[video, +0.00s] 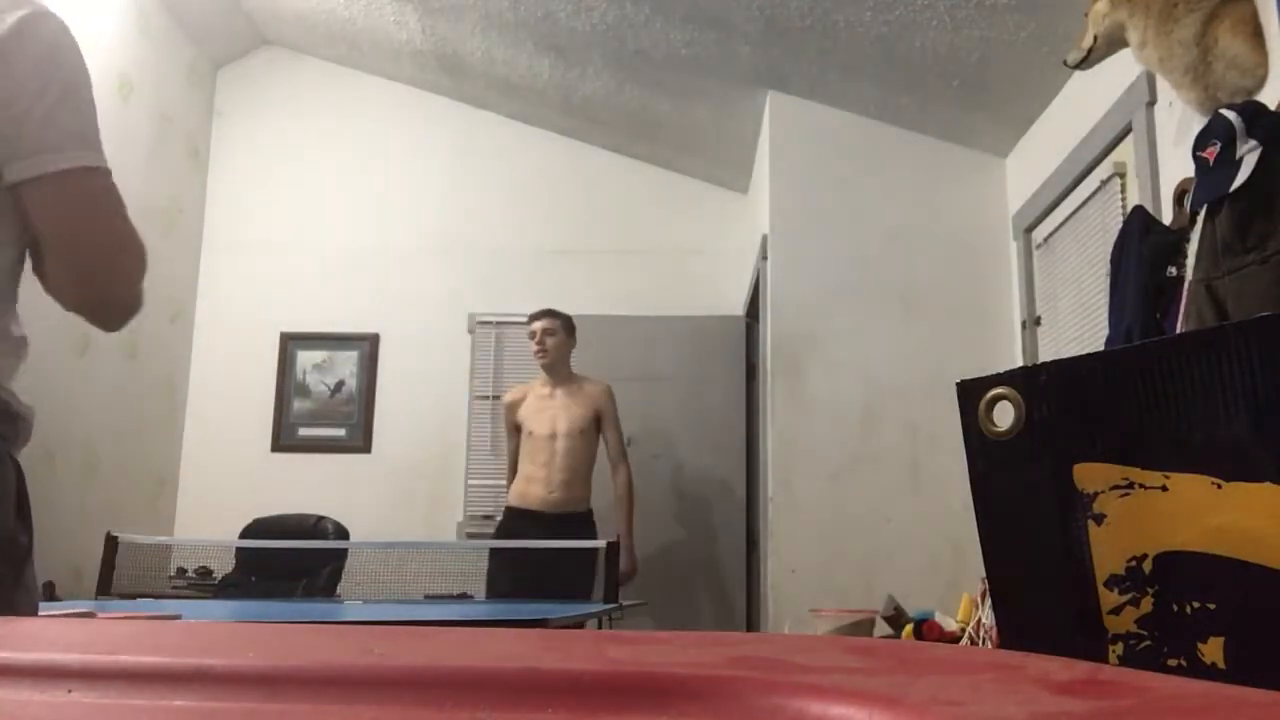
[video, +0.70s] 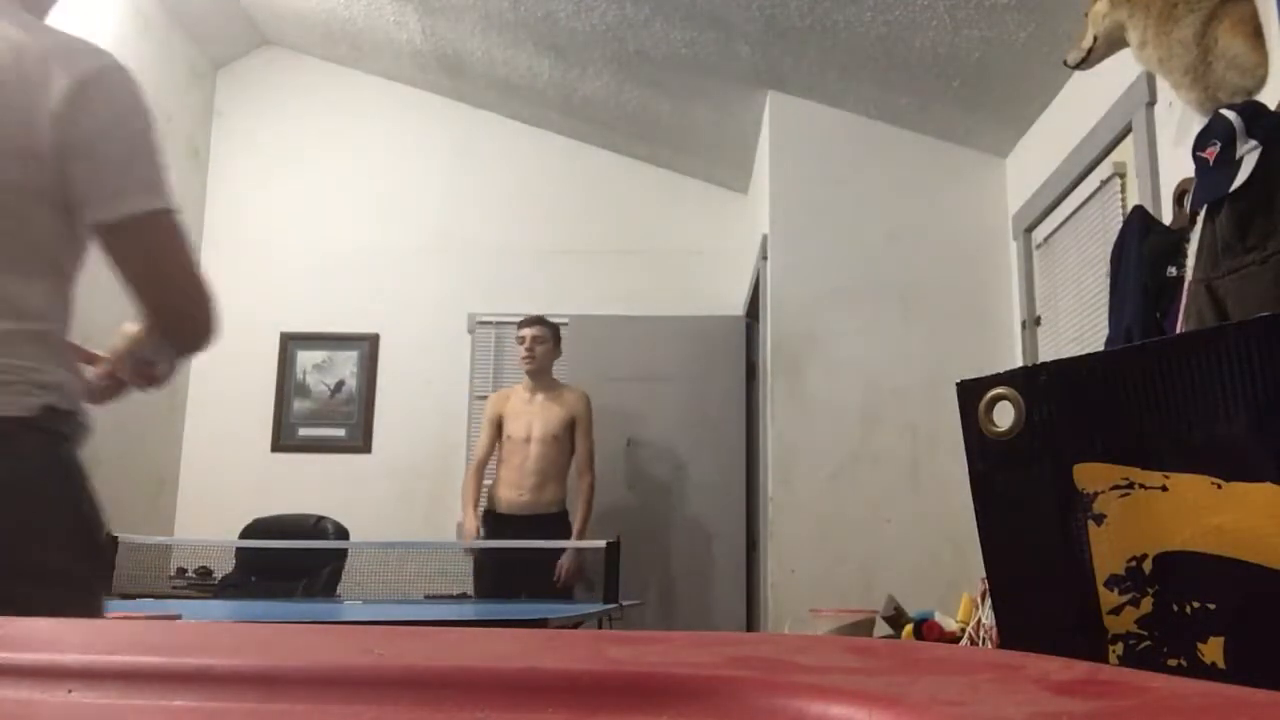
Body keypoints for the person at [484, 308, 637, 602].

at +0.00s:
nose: (539, 342)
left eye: (549, 334)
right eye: (533, 336)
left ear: (571, 342)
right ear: (529, 344)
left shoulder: (597, 395)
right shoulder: (516, 400)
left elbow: (620, 468)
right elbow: (513, 472)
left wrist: (626, 545)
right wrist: (511, 524)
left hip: (573, 528)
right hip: (518, 528)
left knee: (568, 635)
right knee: (505, 633)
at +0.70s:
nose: (527, 348)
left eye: (538, 341)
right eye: (522, 341)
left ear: (556, 351)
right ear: (517, 349)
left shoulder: (574, 402)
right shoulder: (499, 401)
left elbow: (585, 476)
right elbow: (477, 466)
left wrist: (575, 544)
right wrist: (469, 516)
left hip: (549, 525)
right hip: (499, 525)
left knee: (550, 627)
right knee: (491, 623)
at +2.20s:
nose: (506, 392)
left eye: (515, 382)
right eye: (499, 382)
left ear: (534, 371)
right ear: (492, 376)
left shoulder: (559, 415)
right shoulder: (484, 417)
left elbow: (567, 494)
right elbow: (479, 493)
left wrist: (547, 560)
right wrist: (479, 556)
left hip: (547, 531)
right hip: (499, 530)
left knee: (547, 627)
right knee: (499, 629)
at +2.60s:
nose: (510, 417)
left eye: (515, 407)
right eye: (502, 411)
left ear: (532, 390)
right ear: (492, 406)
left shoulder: (566, 425)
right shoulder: (494, 434)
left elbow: (589, 500)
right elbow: (496, 509)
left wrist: (573, 571)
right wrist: (499, 575)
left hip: (574, 536)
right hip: (529, 537)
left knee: (573, 631)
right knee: (523, 631)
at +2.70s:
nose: (516, 445)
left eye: (521, 434)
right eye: (506, 439)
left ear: (536, 417)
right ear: (498, 433)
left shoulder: (570, 442)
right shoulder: (499, 458)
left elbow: (595, 517)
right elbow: (504, 530)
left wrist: (587, 589)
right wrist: (507, 595)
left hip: (592, 545)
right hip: (546, 546)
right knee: (521, 627)